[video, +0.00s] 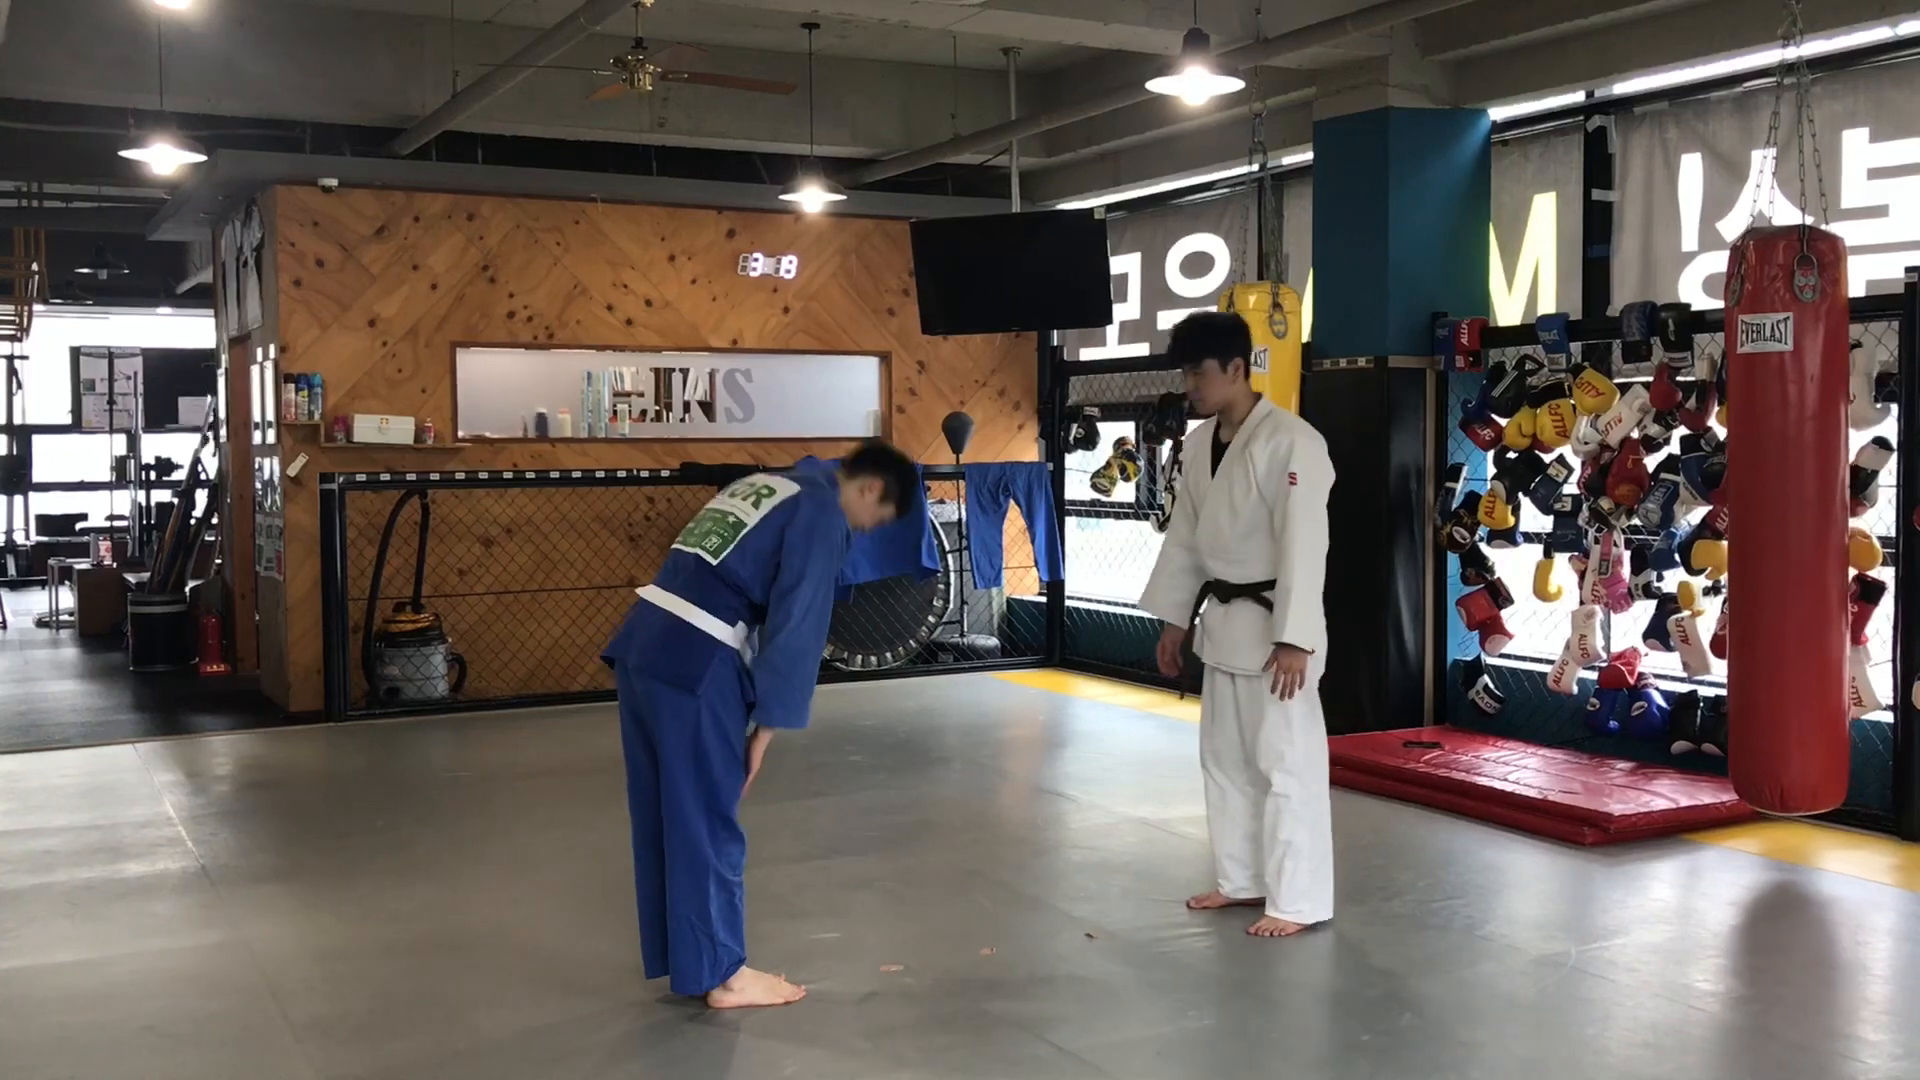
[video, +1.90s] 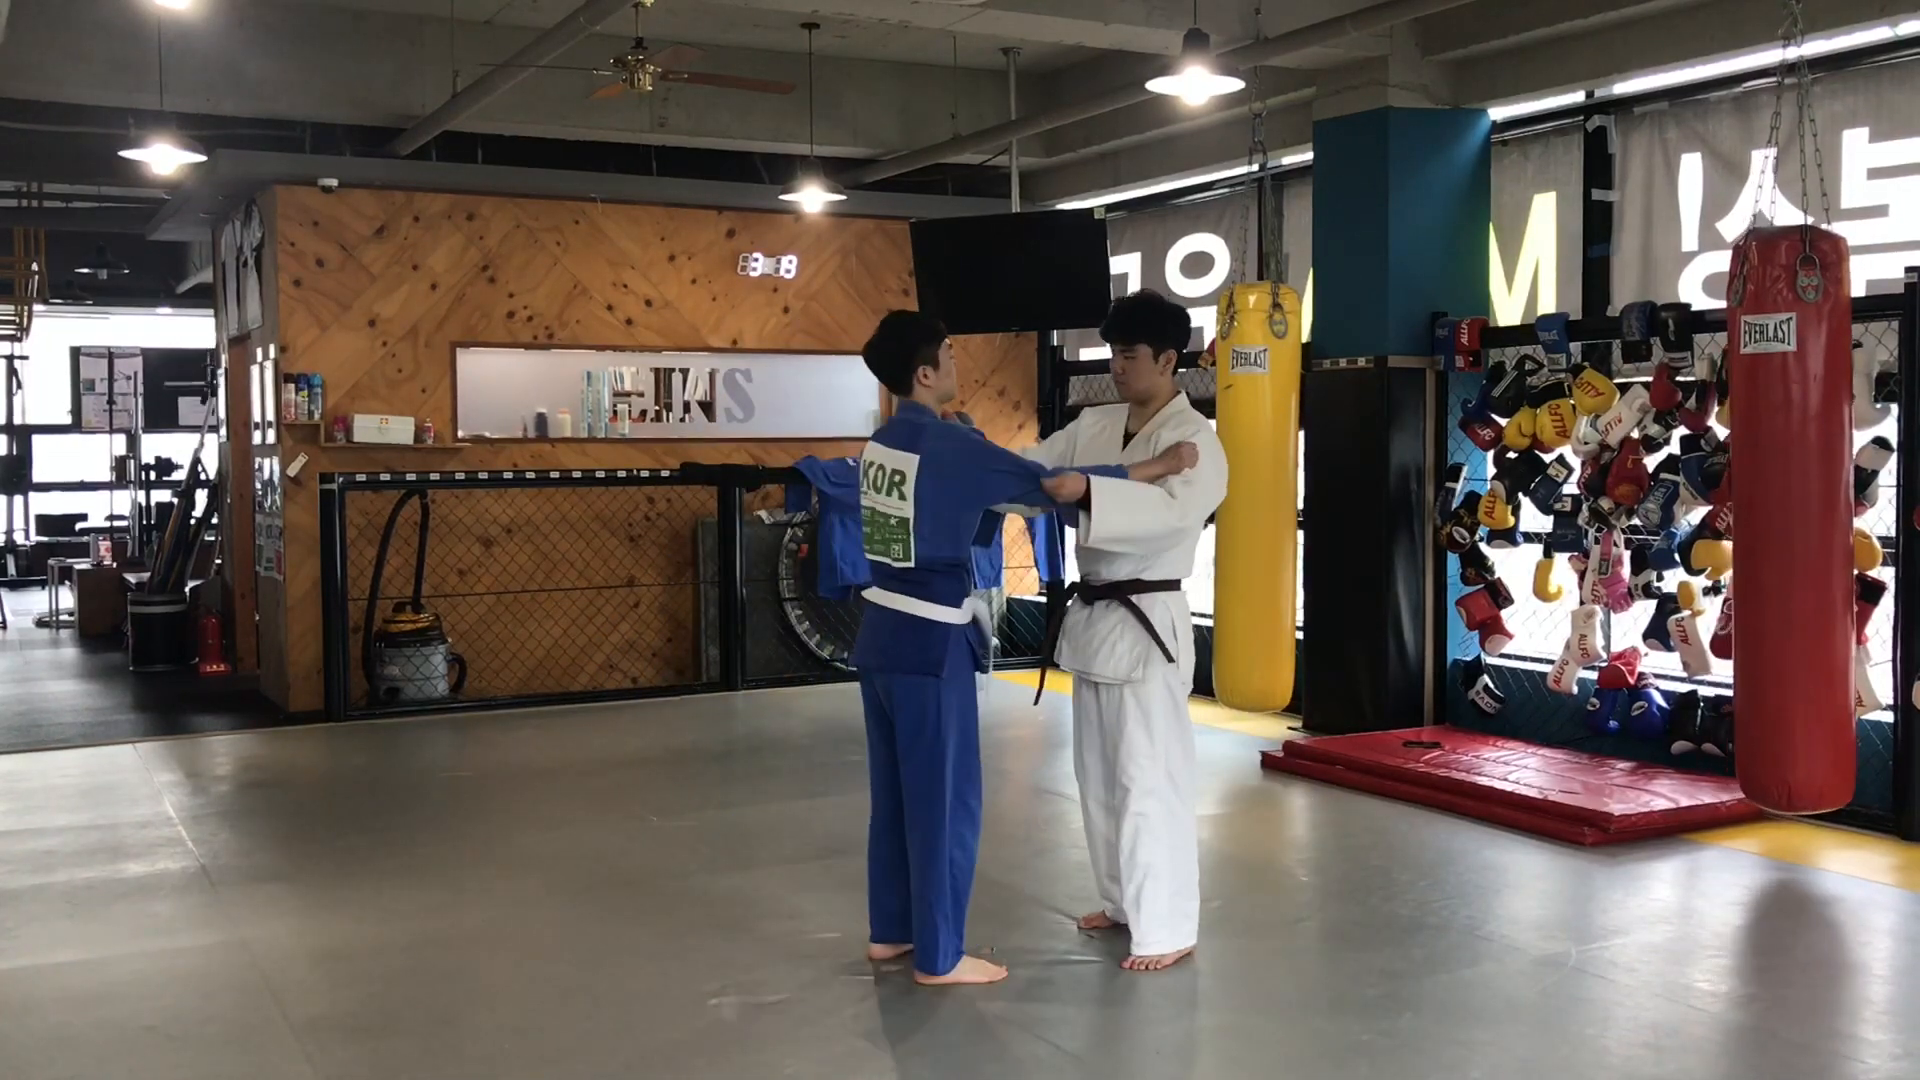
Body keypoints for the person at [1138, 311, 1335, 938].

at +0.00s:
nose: (1187, 388)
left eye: (1196, 375)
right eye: (1184, 376)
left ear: (1236, 369)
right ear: (1204, 375)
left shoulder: (1293, 441)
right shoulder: (1198, 442)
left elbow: (1305, 546)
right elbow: (1183, 537)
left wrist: (1295, 638)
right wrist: (1174, 619)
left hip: (1277, 624)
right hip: (1219, 622)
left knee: (1285, 767)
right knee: (1226, 761)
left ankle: (1302, 903)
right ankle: (1242, 882)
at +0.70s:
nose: (1192, 374)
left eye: (1204, 362)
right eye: (1189, 362)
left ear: (1243, 366)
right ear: (1196, 367)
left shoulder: (1279, 445)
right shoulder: (1190, 440)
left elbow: (1278, 552)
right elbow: (1165, 532)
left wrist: (1251, 645)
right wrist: (1129, 606)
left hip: (1248, 627)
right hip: (1183, 623)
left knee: (1263, 771)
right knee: (1160, 758)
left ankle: (1291, 903)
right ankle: (1157, 893)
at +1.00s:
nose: (1150, 372)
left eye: (1161, 360)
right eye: (1148, 361)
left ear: (1200, 361)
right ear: (1158, 364)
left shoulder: (1233, 443)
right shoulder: (1143, 440)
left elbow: (1217, 541)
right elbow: (1109, 524)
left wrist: (1164, 615)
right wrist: (1055, 575)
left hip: (1196, 617)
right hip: (1135, 612)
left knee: (1226, 761)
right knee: (1135, 763)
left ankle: (1284, 884)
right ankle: (1138, 900)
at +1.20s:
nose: (1128, 368)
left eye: (1142, 357)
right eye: (1125, 357)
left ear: (1180, 361)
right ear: (1125, 362)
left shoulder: (1208, 442)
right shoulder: (1112, 440)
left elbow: (1185, 525)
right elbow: (1067, 512)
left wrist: (1118, 567)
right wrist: (995, 525)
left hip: (1174, 617)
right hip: (1116, 615)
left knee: (1182, 761)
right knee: (1118, 766)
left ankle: (1246, 883)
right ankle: (1136, 903)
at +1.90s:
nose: (1115, 367)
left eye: (1128, 356)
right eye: (1112, 355)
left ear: (1168, 359)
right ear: (1114, 359)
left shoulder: (1197, 440)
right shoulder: (1094, 426)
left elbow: (1173, 510)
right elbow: (1029, 468)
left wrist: (1090, 490)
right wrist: (965, 454)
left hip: (1150, 619)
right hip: (1091, 616)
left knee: (1151, 781)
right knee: (1102, 775)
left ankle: (1168, 930)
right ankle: (1125, 903)